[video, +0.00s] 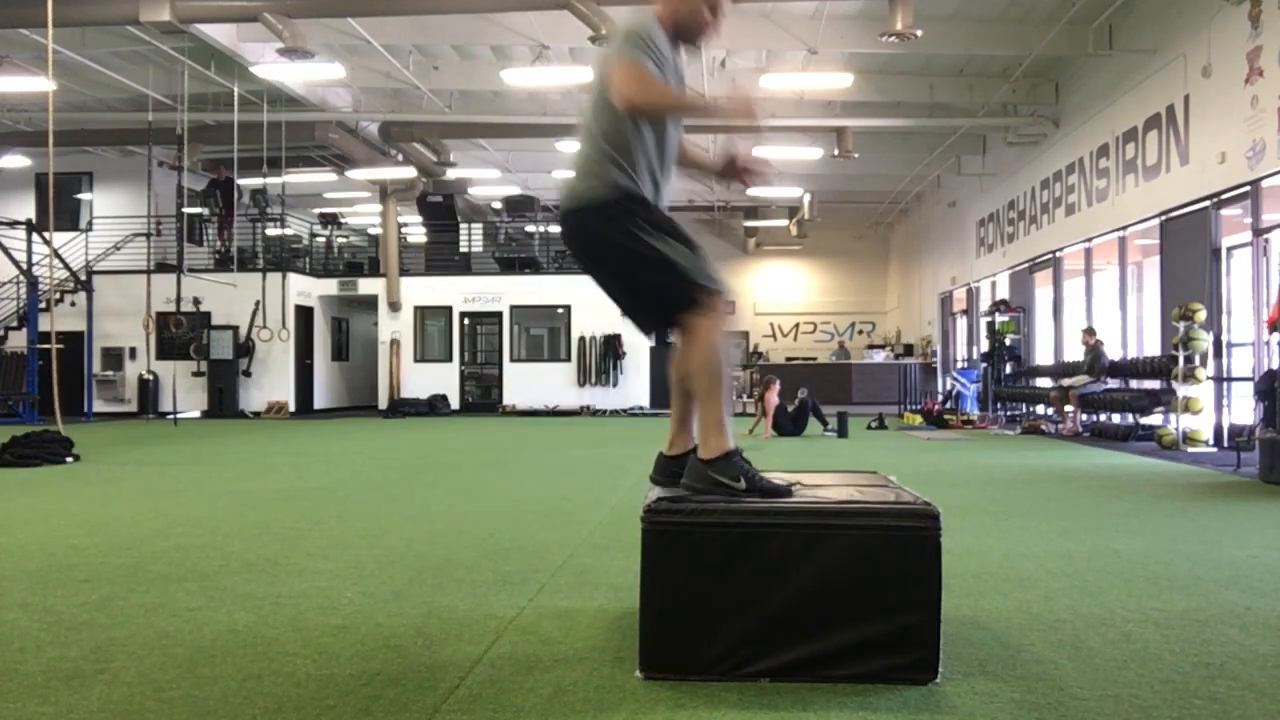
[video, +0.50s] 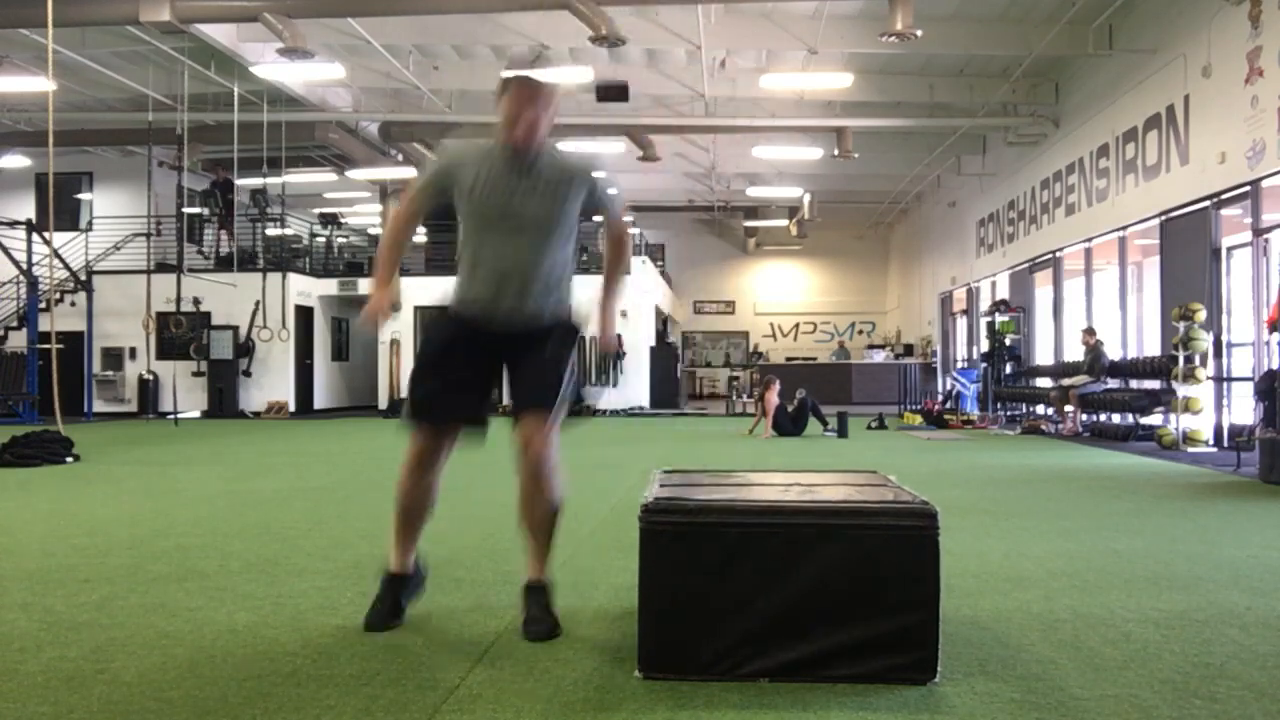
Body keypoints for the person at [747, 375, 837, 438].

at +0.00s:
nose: (779, 387)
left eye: (779, 384)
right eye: (777, 385)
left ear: (769, 386)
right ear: (772, 386)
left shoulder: (765, 396)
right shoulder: (771, 397)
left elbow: (759, 415)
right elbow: (769, 416)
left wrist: (751, 429)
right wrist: (767, 433)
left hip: (785, 430)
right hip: (793, 431)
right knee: (808, 401)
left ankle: (799, 402)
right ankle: (826, 426)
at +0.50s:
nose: (779, 387)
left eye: (778, 384)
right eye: (778, 384)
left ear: (767, 385)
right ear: (772, 385)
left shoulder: (765, 396)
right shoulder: (771, 396)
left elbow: (759, 416)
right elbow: (769, 416)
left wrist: (751, 430)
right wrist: (767, 433)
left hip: (785, 430)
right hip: (793, 430)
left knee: (808, 401)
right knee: (806, 401)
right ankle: (826, 426)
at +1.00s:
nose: (779, 387)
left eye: (779, 384)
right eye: (778, 385)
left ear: (767, 385)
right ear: (773, 385)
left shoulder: (764, 396)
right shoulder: (772, 396)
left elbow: (759, 415)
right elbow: (769, 416)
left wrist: (750, 430)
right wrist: (767, 433)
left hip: (784, 430)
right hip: (792, 430)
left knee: (803, 398)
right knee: (806, 399)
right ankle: (826, 426)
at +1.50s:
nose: (779, 387)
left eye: (779, 385)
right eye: (778, 385)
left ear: (767, 386)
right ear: (773, 385)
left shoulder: (764, 396)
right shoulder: (772, 396)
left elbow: (759, 416)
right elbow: (770, 416)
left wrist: (750, 430)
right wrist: (767, 433)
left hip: (784, 430)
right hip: (792, 430)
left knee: (803, 398)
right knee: (806, 399)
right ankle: (826, 426)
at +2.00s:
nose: (779, 387)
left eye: (779, 385)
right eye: (778, 385)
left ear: (767, 385)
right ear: (773, 385)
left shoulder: (765, 396)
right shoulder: (772, 396)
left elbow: (759, 415)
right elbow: (770, 416)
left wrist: (750, 430)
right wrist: (767, 433)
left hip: (785, 430)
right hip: (792, 430)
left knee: (803, 397)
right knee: (806, 400)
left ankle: (825, 424)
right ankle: (826, 426)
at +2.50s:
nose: (779, 387)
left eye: (778, 384)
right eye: (777, 384)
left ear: (767, 386)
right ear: (772, 385)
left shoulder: (765, 396)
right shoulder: (771, 396)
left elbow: (759, 415)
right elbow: (769, 415)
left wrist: (750, 430)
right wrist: (767, 433)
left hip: (785, 430)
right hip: (792, 431)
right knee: (807, 401)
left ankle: (798, 403)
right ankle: (826, 426)